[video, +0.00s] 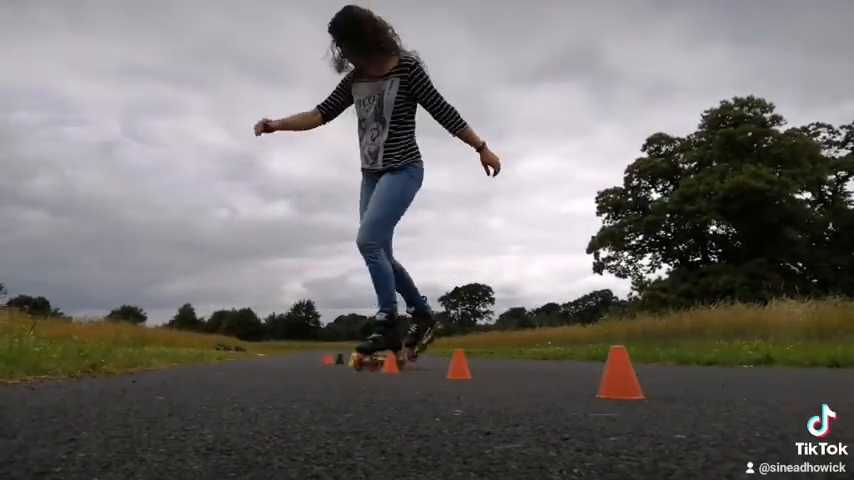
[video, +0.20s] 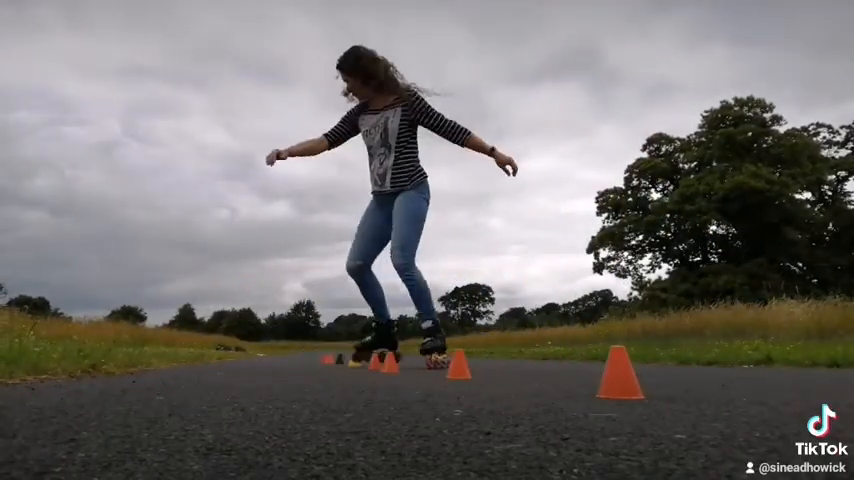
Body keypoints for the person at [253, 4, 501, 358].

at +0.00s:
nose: (358, 65)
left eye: (361, 57)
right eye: (354, 58)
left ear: (373, 45)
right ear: (350, 54)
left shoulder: (407, 68)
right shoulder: (357, 76)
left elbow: (441, 110)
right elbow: (322, 113)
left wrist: (482, 148)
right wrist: (278, 124)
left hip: (403, 170)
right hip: (371, 173)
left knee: (369, 240)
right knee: (381, 256)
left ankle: (389, 322)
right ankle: (423, 313)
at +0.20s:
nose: (347, 88)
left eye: (349, 81)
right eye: (345, 82)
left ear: (368, 78)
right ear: (365, 80)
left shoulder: (409, 102)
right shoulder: (360, 114)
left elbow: (450, 130)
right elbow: (326, 141)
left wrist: (493, 152)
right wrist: (289, 151)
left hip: (412, 191)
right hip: (382, 197)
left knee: (402, 261)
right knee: (356, 265)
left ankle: (433, 332)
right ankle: (386, 333)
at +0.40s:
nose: (340, 121)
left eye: (342, 115)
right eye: (338, 116)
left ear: (356, 113)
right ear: (351, 116)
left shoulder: (393, 135)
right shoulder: (350, 147)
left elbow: (427, 148)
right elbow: (321, 170)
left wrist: (455, 150)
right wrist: (284, 193)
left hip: (403, 219)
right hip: (368, 222)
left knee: (420, 280)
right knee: (332, 269)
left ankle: (444, 334)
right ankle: (358, 334)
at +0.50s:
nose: (328, 130)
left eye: (330, 124)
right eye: (327, 125)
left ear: (344, 122)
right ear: (339, 124)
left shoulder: (377, 142)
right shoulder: (338, 151)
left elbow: (402, 157)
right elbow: (322, 180)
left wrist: (418, 159)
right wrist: (299, 209)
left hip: (389, 223)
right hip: (355, 225)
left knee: (405, 282)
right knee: (328, 269)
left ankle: (416, 340)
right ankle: (355, 333)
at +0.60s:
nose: (321, 137)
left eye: (323, 132)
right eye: (318, 133)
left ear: (335, 127)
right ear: (319, 132)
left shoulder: (362, 146)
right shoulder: (329, 153)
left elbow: (379, 163)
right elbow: (330, 184)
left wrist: (383, 170)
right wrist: (327, 213)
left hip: (373, 221)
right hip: (341, 222)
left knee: (381, 279)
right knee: (329, 268)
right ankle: (338, 331)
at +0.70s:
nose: (312, 144)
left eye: (314, 139)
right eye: (310, 140)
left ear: (325, 134)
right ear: (315, 137)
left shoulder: (353, 152)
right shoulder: (322, 156)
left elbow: (358, 178)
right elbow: (324, 180)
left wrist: (352, 185)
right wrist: (332, 186)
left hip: (359, 225)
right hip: (330, 224)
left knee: (359, 281)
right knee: (322, 273)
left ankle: (346, 334)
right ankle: (315, 329)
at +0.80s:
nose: (302, 152)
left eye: (304, 147)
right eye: (300, 148)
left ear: (316, 143)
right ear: (309, 145)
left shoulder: (341, 162)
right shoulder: (315, 164)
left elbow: (331, 191)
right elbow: (322, 193)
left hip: (346, 231)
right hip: (319, 229)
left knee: (339, 283)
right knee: (311, 273)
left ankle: (322, 331)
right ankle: (308, 326)